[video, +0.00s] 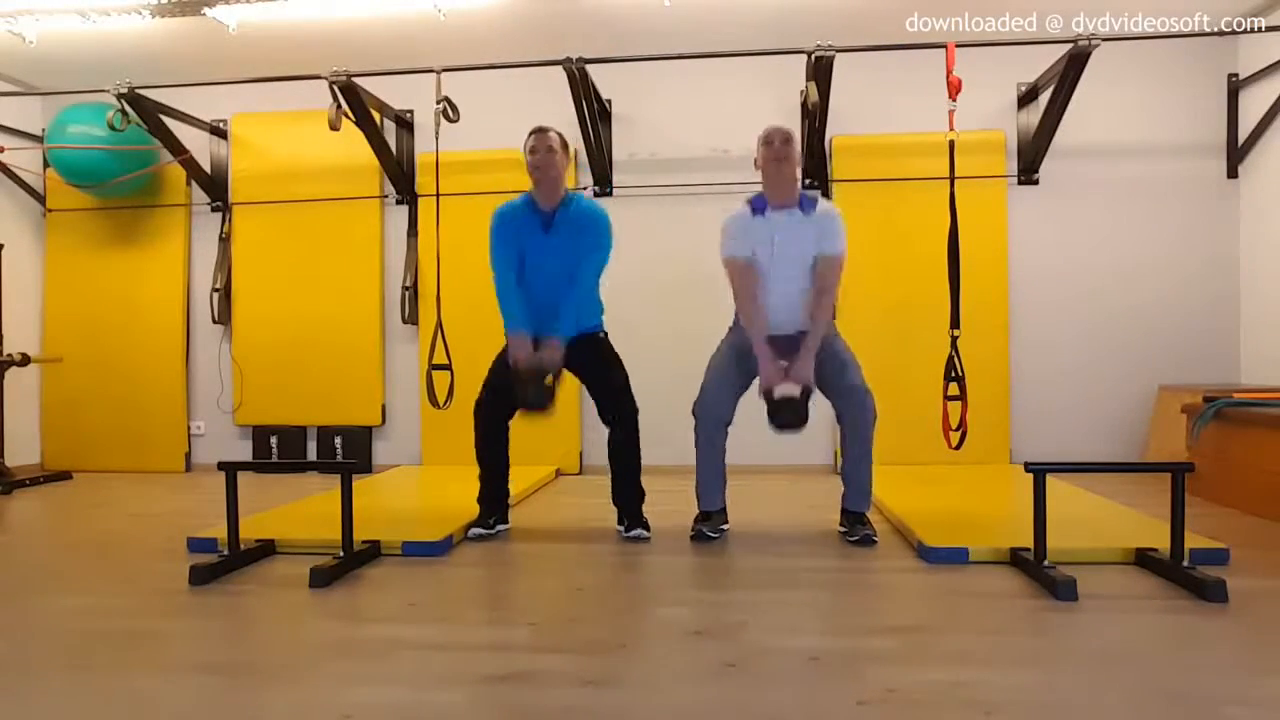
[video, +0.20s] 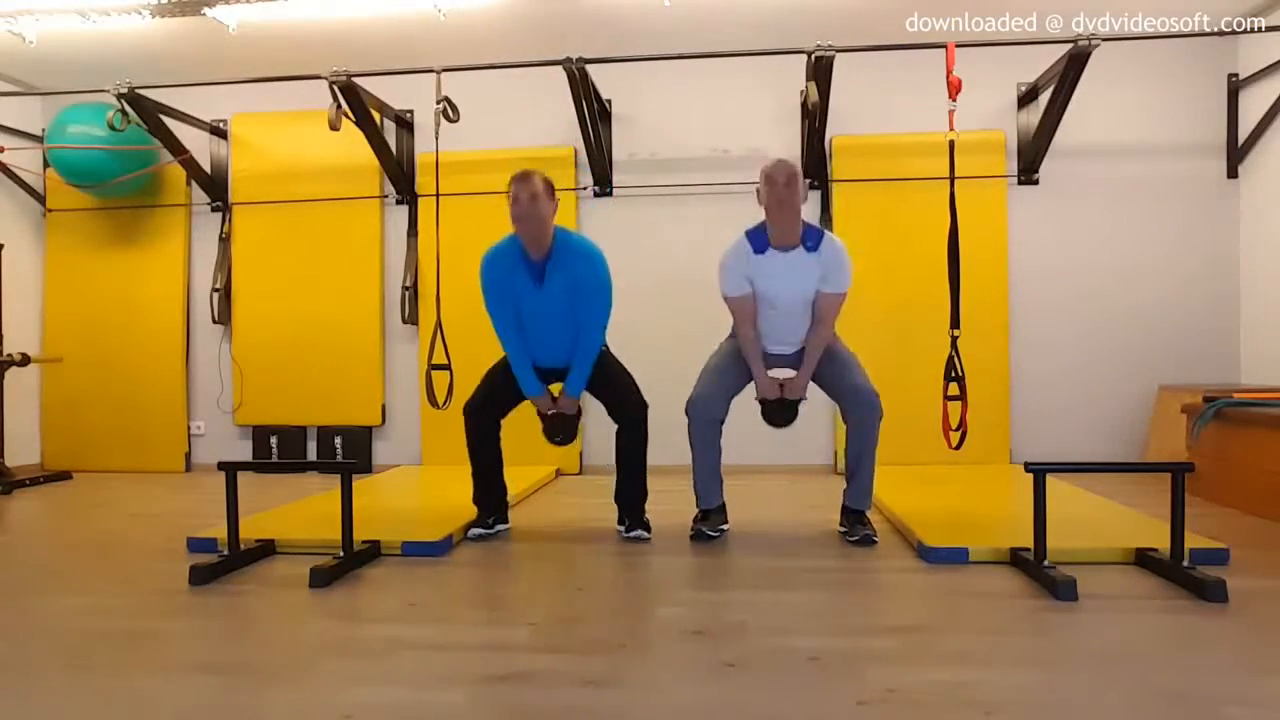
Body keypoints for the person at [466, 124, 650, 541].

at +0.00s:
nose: (543, 156)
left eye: (551, 150)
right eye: (536, 151)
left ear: (567, 161)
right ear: (525, 164)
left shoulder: (593, 218)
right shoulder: (507, 217)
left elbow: (585, 284)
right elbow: (505, 281)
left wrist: (560, 338)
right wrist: (517, 335)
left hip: (581, 335)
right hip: (525, 336)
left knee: (622, 410)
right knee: (489, 411)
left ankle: (631, 514)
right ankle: (493, 512)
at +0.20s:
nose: (520, 207)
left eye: (530, 199)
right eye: (514, 199)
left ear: (552, 205)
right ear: (508, 208)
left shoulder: (587, 258)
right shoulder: (496, 263)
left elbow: (591, 335)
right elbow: (511, 339)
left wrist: (571, 394)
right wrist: (542, 400)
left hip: (584, 359)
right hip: (527, 362)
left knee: (633, 412)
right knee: (478, 413)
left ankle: (632, 515)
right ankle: (493, 514)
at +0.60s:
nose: (529, 145)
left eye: (539, 138)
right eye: (522, 139)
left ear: (556, 149)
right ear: (514, 151)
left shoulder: (585, 209)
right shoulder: (496, 211)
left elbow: (580, 282)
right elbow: (500, 282)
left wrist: (559, 342)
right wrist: (517, 341)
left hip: (574, 329)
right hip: (518, 330)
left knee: (610, 412)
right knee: (484, 411)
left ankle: (630, 515)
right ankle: (491, 513)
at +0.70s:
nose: (534, 131)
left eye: (543, 125)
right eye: (528, 126)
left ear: (562, 135)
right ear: (519, 138)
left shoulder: (586, 188)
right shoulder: (499, 189)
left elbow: (574, 238)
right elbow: (493, 236)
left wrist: (545, 275)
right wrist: (507, 276)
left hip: (570, 318)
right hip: (516, 316)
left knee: (601, 414)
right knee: (493, 414)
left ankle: (629, 515)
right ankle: (491, 513)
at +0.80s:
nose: (538, 135)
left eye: (547, 129)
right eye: (532, 130)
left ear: (565, 141)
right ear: (523, 142)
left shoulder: (586, 183)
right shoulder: (505, 184)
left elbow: (569, 204)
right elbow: (495, 211)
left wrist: (521, 221)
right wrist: (506, 226)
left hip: (568, 316)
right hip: (516, 314)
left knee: (598, 417)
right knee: (499, 416)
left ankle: (628, 515)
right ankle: (491, 514)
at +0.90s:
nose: (541, 136)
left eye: (550, 131)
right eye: (534, 131)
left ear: (566, 143)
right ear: (525, 143)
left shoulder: (586, 179)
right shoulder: (512, 182)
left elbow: (585, 185)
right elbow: (495, 195)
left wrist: (539, 164)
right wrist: (496, 165)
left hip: (569, 314)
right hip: (516, 312)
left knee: (597, 416)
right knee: (501, 415)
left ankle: (628, 515)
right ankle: (492, 514)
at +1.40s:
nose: (547, 137)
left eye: (555, 131)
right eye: (540, 132)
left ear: (571, 142)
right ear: (530, 143)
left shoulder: (593, 188)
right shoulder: (514, 190)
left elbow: (583, 218)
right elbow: (494, 229)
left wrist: (541, 224)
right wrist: (510, 222)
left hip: (585, 326)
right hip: (530, 326)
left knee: (614, 417)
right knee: (502, 419)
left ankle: (629, 514)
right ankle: (494, 514)